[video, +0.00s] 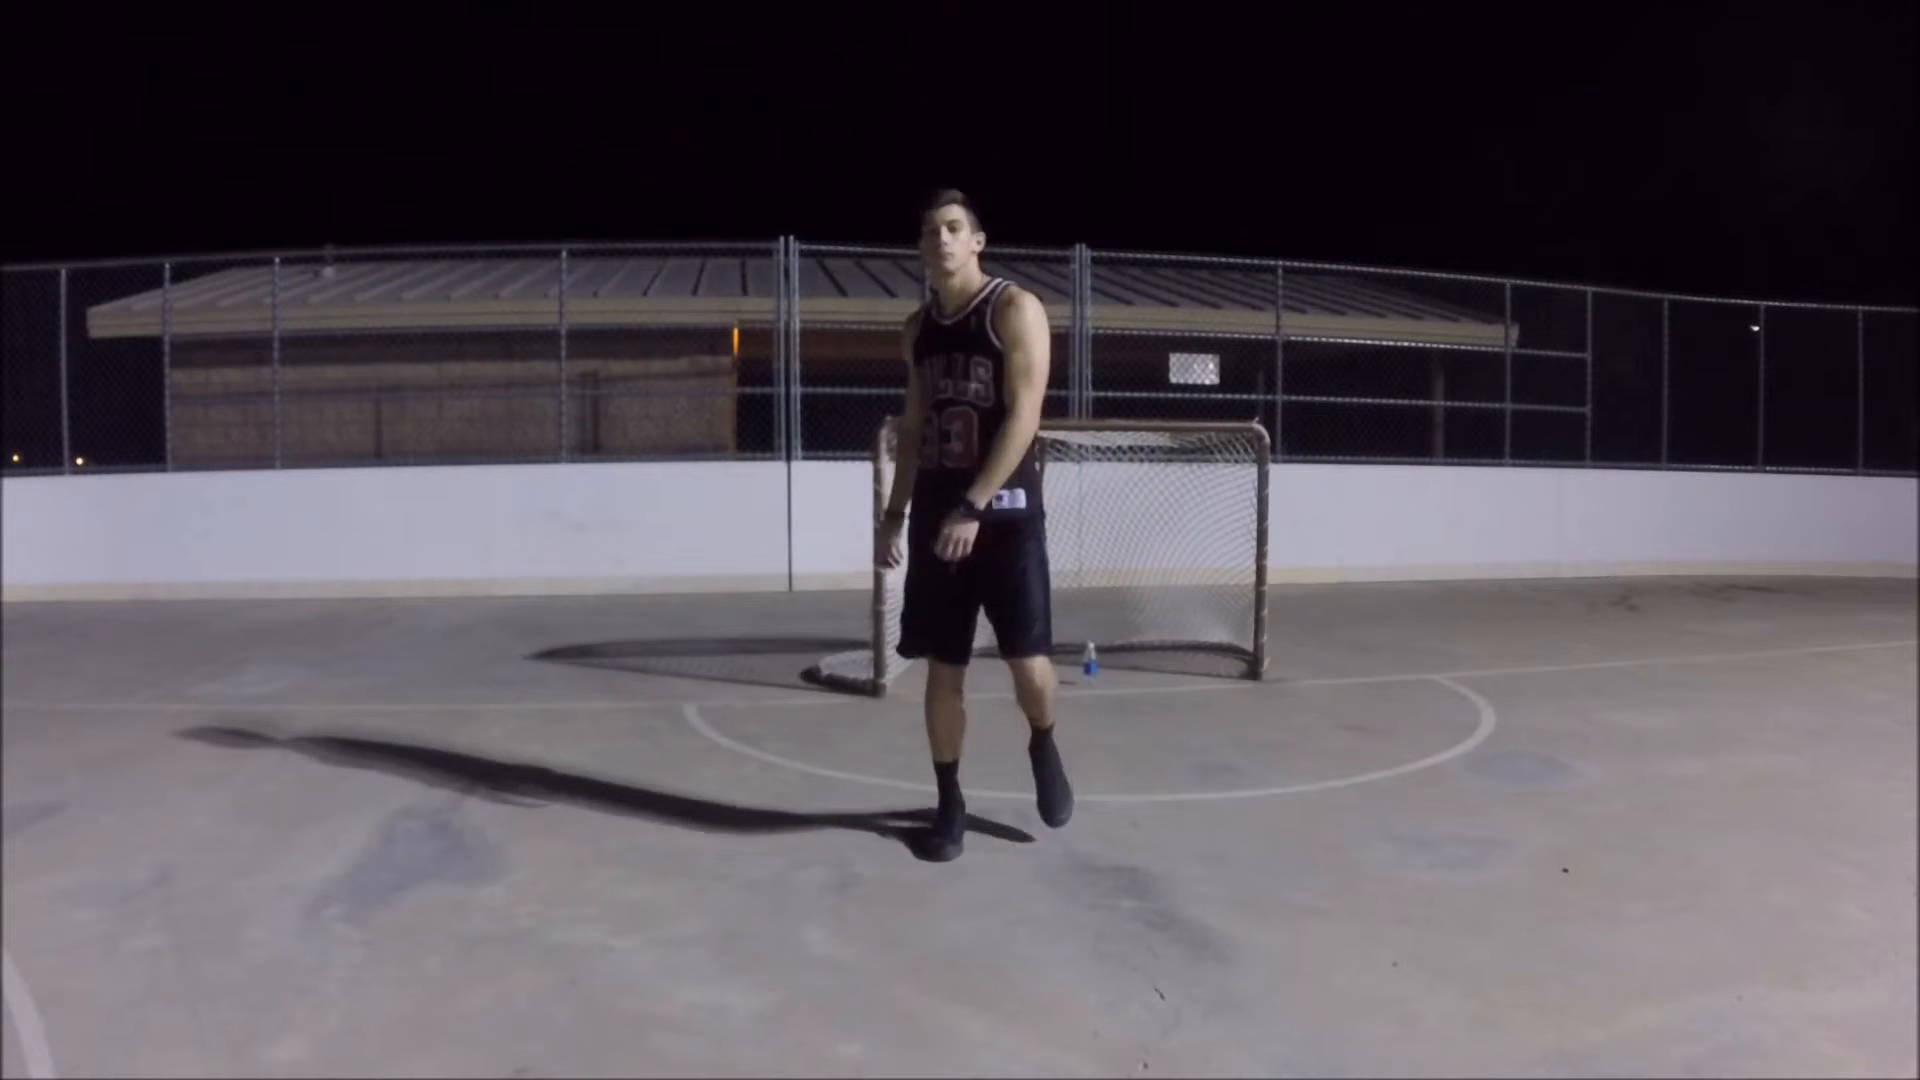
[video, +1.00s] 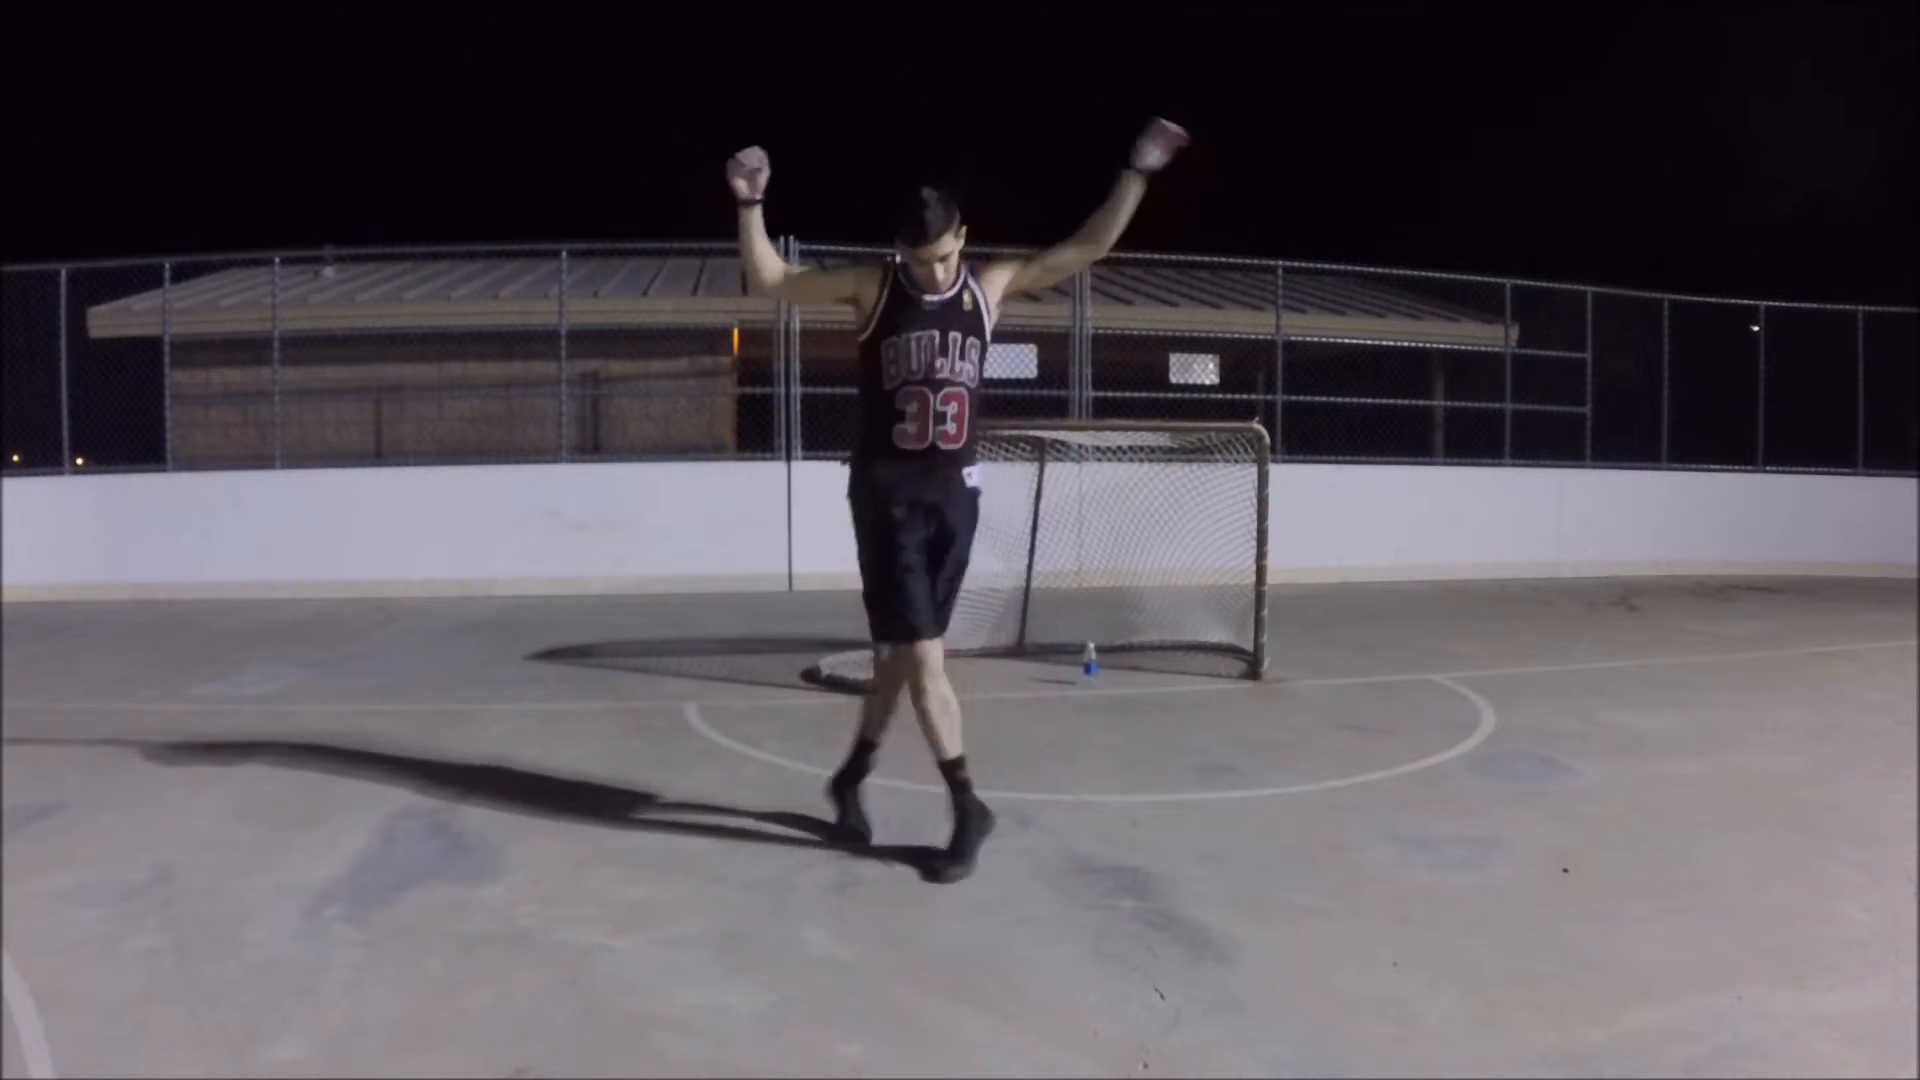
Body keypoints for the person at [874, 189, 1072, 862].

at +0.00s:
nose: (940, 240)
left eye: (952, 229)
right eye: (930, 232)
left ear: (978, 241)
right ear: (919, 248)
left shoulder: (1018, 310)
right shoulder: (919, 325)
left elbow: (1024, 419)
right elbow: (914, 426)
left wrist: (971, 506)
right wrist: (893, 514)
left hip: (1007, 509)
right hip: (938, 508)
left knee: (1029, 664)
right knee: (944, 666)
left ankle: (1043, 746)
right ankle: (949, 806)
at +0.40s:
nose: (984, 237)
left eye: (995, 226)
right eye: (972, 229)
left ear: (1022, 235)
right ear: (960, 243)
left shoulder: (1063, 318)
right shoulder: (942, 314)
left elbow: (1090, 424)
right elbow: (923, 405)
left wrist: (1072, 524)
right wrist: (904, 485)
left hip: (1028, 521)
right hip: (949, 515)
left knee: (1032, 665)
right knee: (929, 658)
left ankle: (1038, 802)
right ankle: (905, 794)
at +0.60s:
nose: (980, 251)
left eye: (992, 239)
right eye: (970, 242)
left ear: (1018, 246)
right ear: (958, 252)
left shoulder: (1058, 325)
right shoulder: (936, 322)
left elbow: (1097, 419)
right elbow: (872, 397)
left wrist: (1127, 505)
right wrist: (845, 478)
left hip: (1024, 531)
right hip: (943, 527)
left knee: (1035, 674)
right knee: (891, 664)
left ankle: (1040, 803)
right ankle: (828, 789)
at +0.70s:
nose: (973, 268)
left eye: (985, 257)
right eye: (963, 257)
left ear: (1007, 261)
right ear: (949, 262)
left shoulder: (1045, 332)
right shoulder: (920, 329)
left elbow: (1122, 395)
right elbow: (838, 372)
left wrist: (1187, 442)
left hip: (1017, 540)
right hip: (932, 538)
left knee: (1039, 682)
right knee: (869, 674)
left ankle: (1040, 805)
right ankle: (804, 788)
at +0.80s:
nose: (964, 260)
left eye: (973, 246)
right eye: (952, 248)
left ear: (995, 237)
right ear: (933, 244)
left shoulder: (1032, 299)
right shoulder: (904, 301)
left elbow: (1128, 325)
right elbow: (802, 328)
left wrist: (1223, 326)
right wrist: (720, 307)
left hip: (997, 513)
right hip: (915, 510)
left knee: (1015, 656)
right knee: (874, 655)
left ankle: (1032, 799)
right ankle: (808, 777)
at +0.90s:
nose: (950, 256)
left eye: (961, 242)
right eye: (939, 244)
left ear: (978, 226)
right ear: (918, 232)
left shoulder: (1011, 271)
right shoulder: (883, 277)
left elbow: (1108, 258)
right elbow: (774, 282)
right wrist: (730, 224)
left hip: (976, 486)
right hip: (901, 487)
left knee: (971, 641)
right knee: (892, 641)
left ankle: (954, 775)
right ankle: (858, 785)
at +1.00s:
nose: (934, 272)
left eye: (942, 257)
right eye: (920, 261)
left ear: (963, 238)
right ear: (899, 247)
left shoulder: (995, 282)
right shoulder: (869, 286)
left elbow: (1090, 245)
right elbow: (770, 283)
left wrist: (1138, 169)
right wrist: (749, 203)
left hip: (955, 496)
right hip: (885, 498)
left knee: (902, 653)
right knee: (925, 656)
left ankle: (849, 778)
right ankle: (969, 807)